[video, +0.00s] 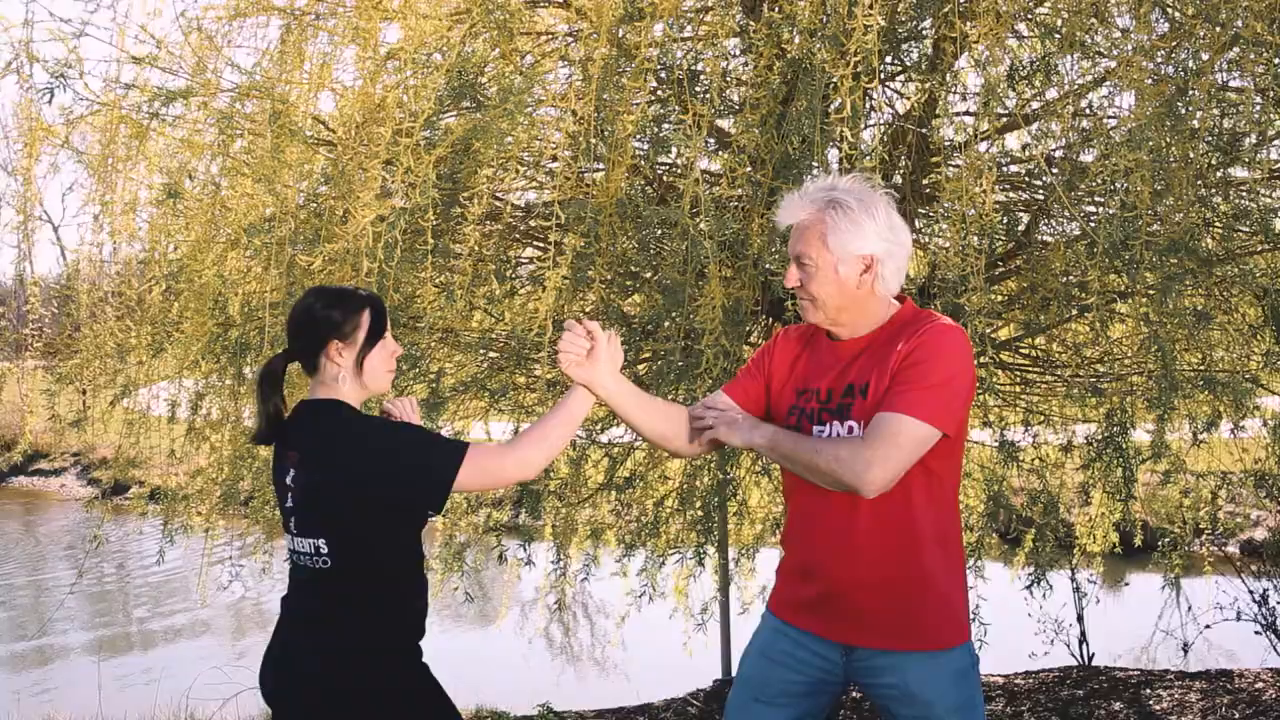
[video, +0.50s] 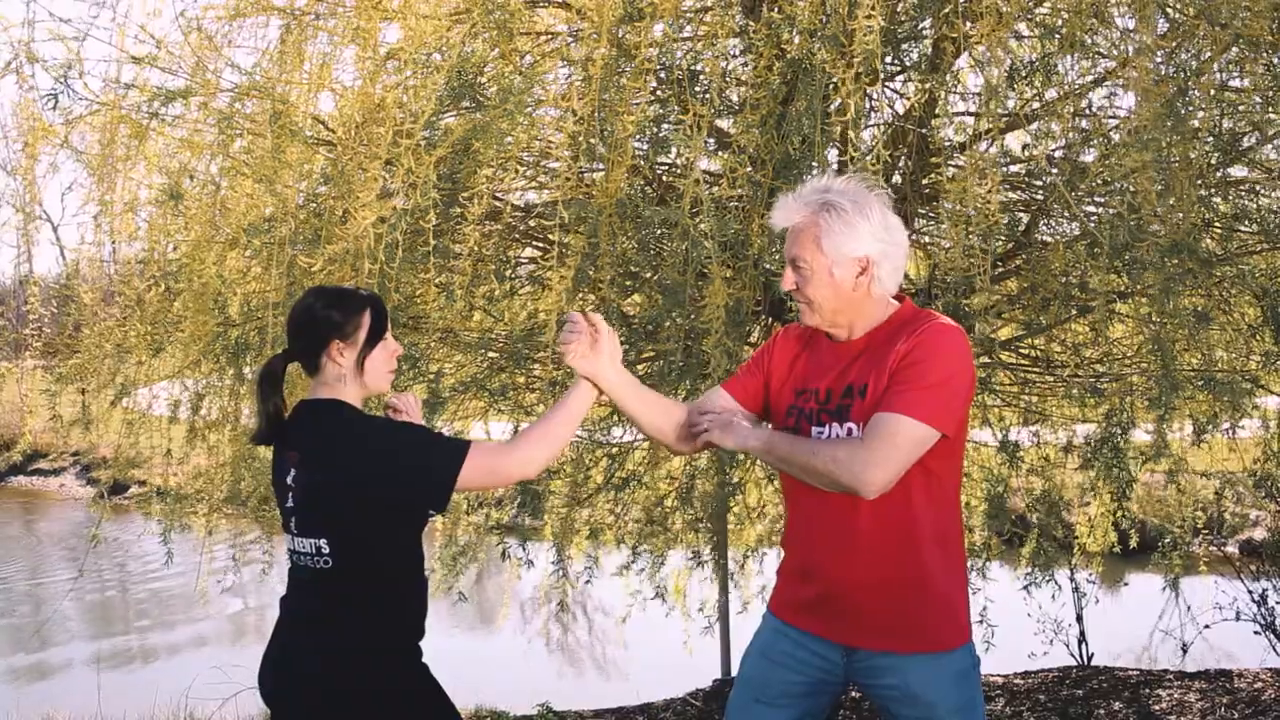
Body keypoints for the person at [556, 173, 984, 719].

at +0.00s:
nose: (789, 279)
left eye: (805, 263)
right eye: (791, 262)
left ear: (865, 269)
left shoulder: (936, 344)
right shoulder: (788, 349)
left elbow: (869, 469)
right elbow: (692, 433)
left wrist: (755, 433)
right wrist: (604, 378)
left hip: (918, 641)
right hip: (796, 630)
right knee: (743, 713)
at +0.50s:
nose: (785, 282)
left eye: (799, 267)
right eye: (787, 265)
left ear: (860, 270)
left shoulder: (935, 344)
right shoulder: (788, 348)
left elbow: (868, 470)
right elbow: (687, 429)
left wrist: (755, 437)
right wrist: (606, 369)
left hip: (919, 642)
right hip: (797, 630)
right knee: (745, 712)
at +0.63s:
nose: (779, 296)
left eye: (793, 280)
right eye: (780, 279)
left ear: (856, 281)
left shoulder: (935, 346)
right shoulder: (790, 348)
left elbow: (872, 471)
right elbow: (711, 443)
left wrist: (779, 407)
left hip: (921, 643)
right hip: (798, 628)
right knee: (738, 710)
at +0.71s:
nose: (771, 326)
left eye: (786, 309)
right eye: (770, 306)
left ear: (850, 308)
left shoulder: (929, 364)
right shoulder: (784, 362)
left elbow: (849, 483)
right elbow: (684, 444)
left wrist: (770, 398)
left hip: (923, 647)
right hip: (800, 632)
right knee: (741, 711)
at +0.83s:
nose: (757, 359)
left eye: (772, 346)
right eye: (758, 342)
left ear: (839, 349)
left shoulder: (922, 399)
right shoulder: (773, 385)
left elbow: (833, 528)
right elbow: (672, 471)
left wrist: (770, 429)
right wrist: (584, 571)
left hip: (917, 649)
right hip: (796, 631)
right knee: (729, 709)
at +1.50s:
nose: (770, 349)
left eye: (786, 339)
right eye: (771, 331)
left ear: (851, 344)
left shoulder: (929, 404)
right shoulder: (782, 388)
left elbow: (814, 508)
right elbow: (697, 499)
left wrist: (757, 404)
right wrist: (634, 617)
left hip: (921, 656)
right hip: (805, 637)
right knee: (732, 711)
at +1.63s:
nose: (763, 311)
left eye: (780, 299)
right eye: (768, 294)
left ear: (840, 313)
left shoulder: (901, 396)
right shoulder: (785, 379)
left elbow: (768, 516)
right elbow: (687, 463)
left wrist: (654, 539)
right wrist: (746, 533)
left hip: (910, 662)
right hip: (798, 639)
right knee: (719, 711)